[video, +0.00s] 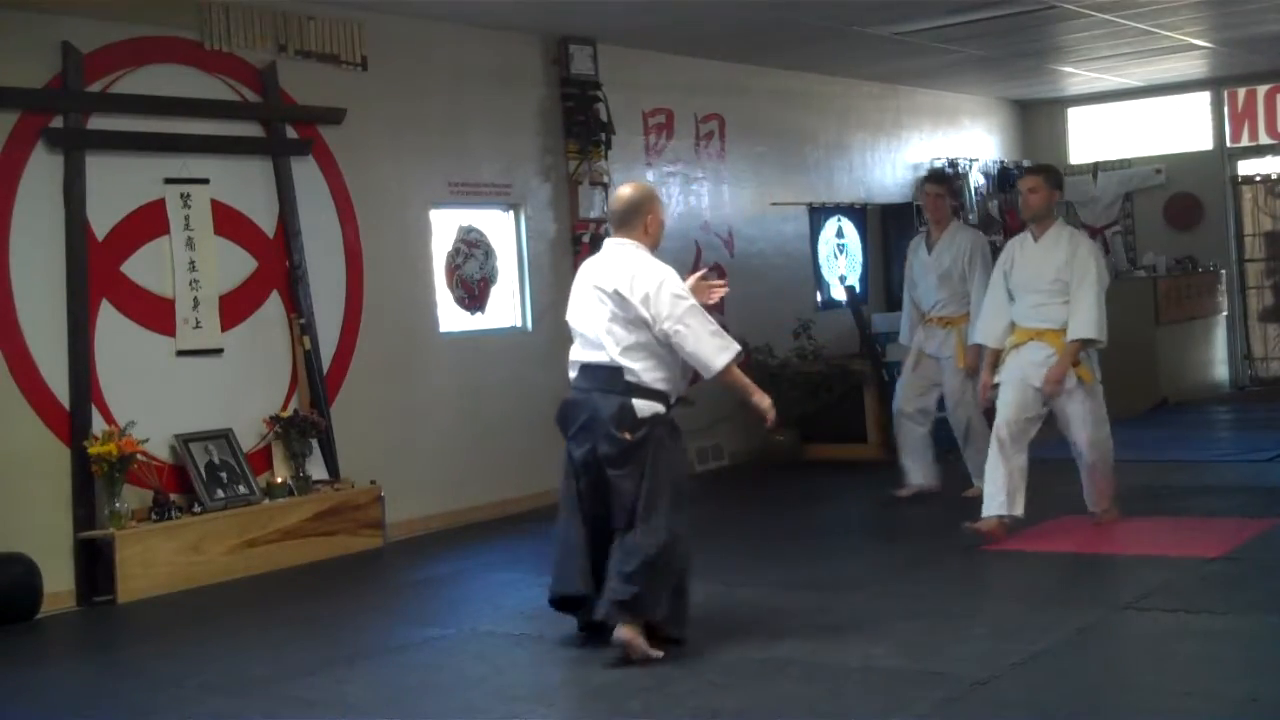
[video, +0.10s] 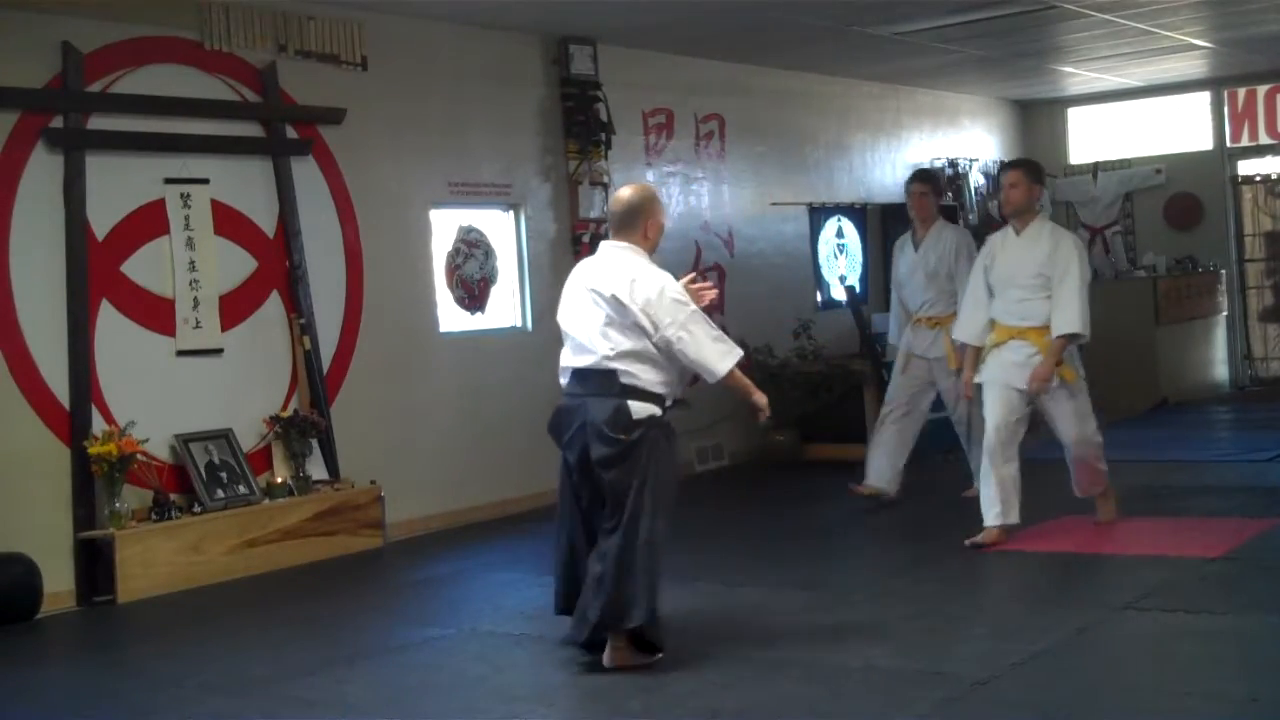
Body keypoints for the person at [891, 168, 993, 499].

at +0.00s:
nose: (932, 203)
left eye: (939, 197)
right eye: (927, 197)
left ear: (953, 202)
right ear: (921, 203)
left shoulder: (972, 241)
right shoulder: (916, 246)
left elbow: (981, 295)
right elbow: (911, 299)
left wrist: (976, 343)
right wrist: (911, 345)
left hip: (961, 332)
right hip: (927, 332)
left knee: (963, 409)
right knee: (908, 406)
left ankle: (983, 479)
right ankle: (921, 479)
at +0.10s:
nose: (916, 202)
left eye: (923, 196)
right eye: (911, 197)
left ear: (938, 200)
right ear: (906, 202)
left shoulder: (957, 238)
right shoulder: (902, 246)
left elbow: (970, 293)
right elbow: (898, 300)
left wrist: (968, 343)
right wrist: (897, 346)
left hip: (952, 333)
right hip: (915, 333)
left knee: (965, 411)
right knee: (899, 406)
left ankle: (984, 479)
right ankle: (881, 481)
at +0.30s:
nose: (875, 210)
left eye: (883, 203)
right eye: (871, 203)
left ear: (896, 208)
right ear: (865, 210)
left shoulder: (917, 247)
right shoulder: (866, 256)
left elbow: (939, 296)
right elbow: (867, 310)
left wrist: (928, 332)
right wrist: (868, 355)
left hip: (919, 345)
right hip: (880, 349)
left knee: (950, 416)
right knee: (863, 418)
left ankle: (987, 483)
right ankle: (851, 496)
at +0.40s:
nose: (851, 210)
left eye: (858, 203)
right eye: (846, 204)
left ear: (872, 206)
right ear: (842, 209)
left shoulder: (895, 246)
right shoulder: (847, 257)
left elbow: (913, 298)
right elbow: (849, 310)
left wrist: (911, 343)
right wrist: (850, 351)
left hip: (893, 345)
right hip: (857, 348)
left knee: (922, 416)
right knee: (850, 422)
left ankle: (969, 463)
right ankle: (851, 497)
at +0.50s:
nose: (831, 203)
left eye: (838, 197)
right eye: (827, 197)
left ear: (854, 200)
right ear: (822, 202)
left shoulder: (877, 237)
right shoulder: (828, 246)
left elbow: (889, 291)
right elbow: (827, 305)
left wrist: (886, 341)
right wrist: (825, 355)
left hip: (872, 341)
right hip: (839, 344)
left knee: (886, 418)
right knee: (839, 428)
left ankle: (932, 461)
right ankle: (847, 498)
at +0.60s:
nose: (819, 199)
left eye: (827, 191)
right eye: (814, 192)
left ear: (842, 195)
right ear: (808, 198)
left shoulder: (865, 233)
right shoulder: (812, 247)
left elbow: (873, 285)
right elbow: (806, 304)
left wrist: (863, 334)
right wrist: (800, 354)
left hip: (861, 331)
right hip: (828, 334)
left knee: (860, 414)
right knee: (830, 422)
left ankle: (892, 475)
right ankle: (846, 496)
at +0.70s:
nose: (807, 199)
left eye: (815, 192)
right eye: (802, 192)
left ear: (830, 195)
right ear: (796, 197)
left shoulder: (852, 235)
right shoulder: (798, 247)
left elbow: (861, 287)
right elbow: (785, 300)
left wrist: (845, 333)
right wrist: (775, 352)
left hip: (851, 334)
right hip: (817, 336)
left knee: (842, 411)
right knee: (820, 419)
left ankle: (855, 496)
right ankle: (840, 498)